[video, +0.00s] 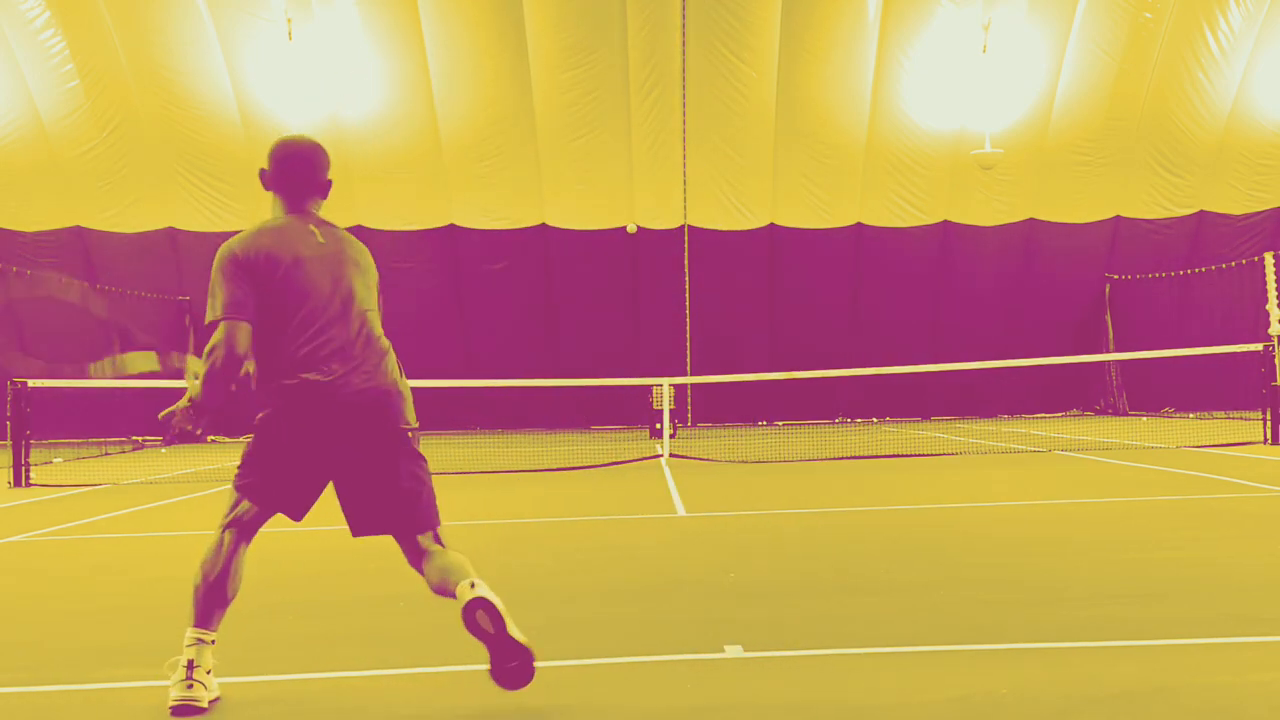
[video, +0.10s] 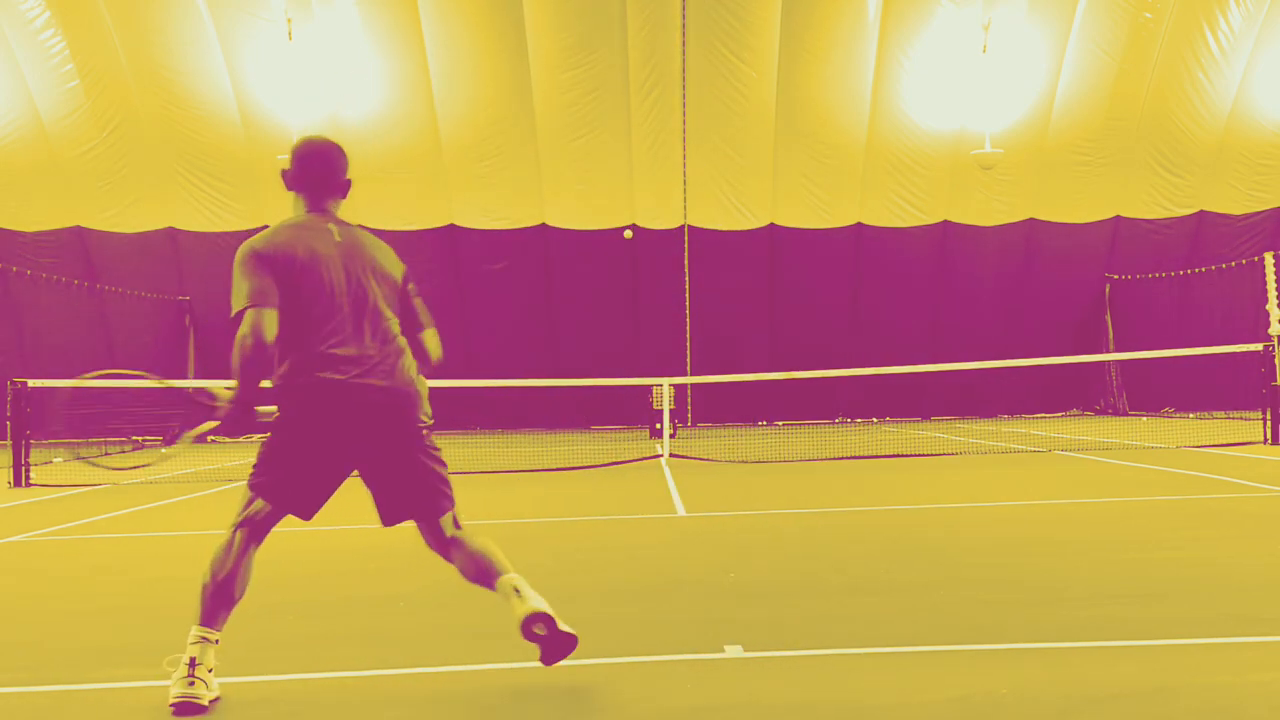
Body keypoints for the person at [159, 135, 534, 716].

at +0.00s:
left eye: (268, 180)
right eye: (324, 183)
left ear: (267, 184)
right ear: (326, 187)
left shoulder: (242, 251)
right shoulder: (357, 250)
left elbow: (234, 349)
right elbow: (372, 339)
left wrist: (194, 401)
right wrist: (405, 419)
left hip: (298, 411)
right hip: (379, 407)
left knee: (235, 529)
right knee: (424, 542)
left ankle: (196, 665)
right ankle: (474, 595)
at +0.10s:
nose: (287, 184)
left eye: (287, 176)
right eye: (344, 184)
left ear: (289, 183)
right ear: (347, 188)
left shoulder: (264, 248)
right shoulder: (383, 254)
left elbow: (258, 336)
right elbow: (429, 351)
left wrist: (238, 407)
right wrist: (367, 371)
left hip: (317, 405)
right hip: (397, 404)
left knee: (248, 528)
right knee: (450, 532)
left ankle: (197, 662)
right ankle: (527, 601)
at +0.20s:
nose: (350, 170)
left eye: (343, 159)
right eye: (378, 161)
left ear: (339, 166)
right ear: (394, 167)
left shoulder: (317, 231)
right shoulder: (429, 233)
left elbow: (312, 313)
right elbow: (498, 313)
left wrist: (309, 389)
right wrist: (444, 360)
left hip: (356, 394)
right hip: (434, 393)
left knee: (277, 523)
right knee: (474, 515)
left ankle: (202, 651)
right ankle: (546, 618)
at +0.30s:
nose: (407, 156)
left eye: (402, 146)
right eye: (430, 146)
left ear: (397, 152)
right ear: (451, 152)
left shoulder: (380, 220)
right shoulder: (488, 220)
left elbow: (365, 308)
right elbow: (561, 291)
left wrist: (380, 370)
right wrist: (509, 341)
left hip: (412, 381)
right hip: (486, 383)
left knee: (324, 516)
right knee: (497, 515)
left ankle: (238, 646)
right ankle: (550, 633)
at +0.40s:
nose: (459, 137)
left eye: (449, 125)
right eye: (484, 126)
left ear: (444, 130)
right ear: (498, 131)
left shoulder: (427, 199)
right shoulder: (533, 199)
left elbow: (403, 291)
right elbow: (605, 262)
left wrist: (436, 335)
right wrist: (552, 317)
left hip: (452, 362)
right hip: (523, 362)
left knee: (392, 507)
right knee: (521, 508)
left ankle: (333, 645)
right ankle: (552, 634)